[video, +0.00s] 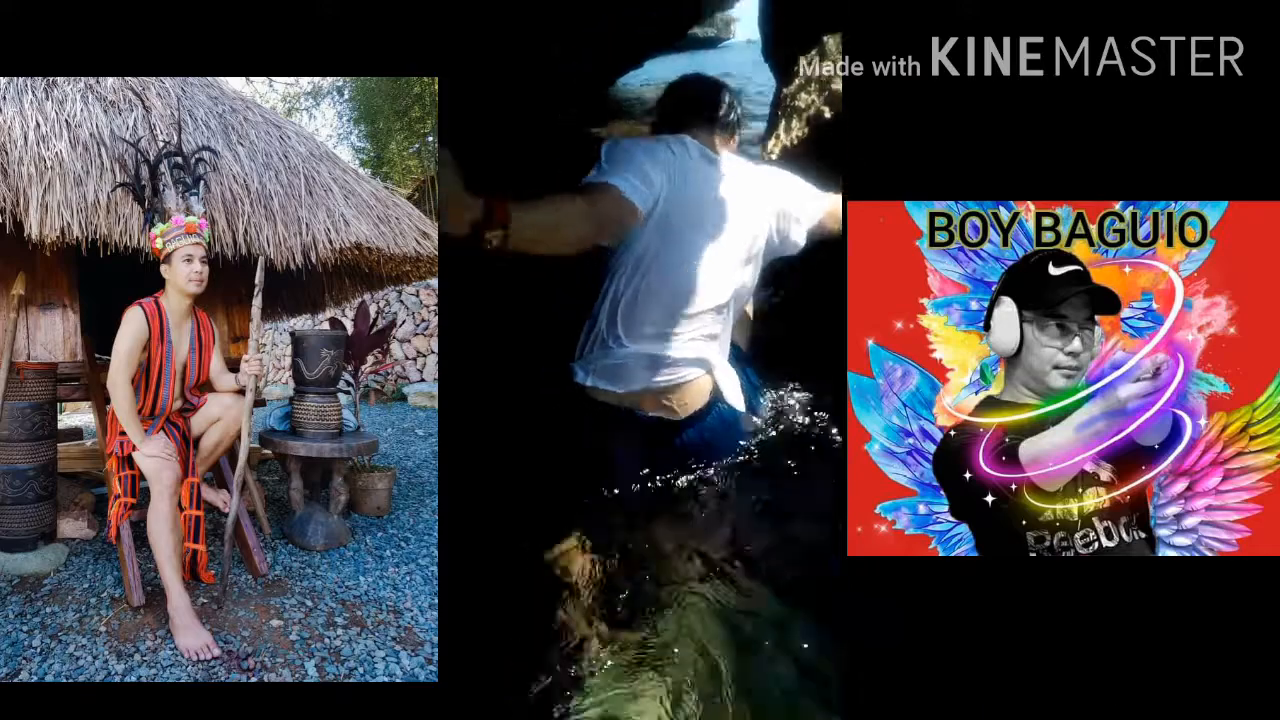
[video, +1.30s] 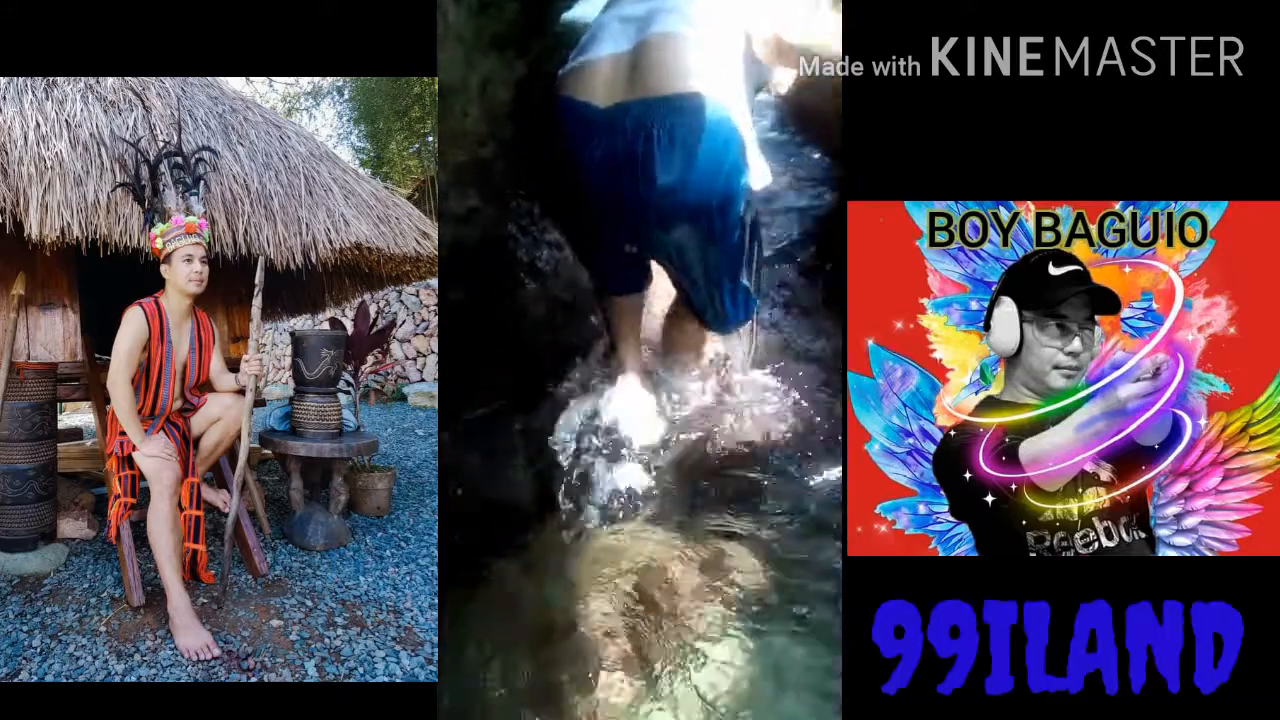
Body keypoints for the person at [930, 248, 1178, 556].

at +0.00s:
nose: (1076, 346)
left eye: (1086, 328)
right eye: (1055, 327)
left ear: (1096, 334)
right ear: (1007, 327)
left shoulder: (1113, 409)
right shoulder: (962, 445)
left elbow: (1155, 435)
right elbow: (1022, 472)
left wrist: (1149, 396)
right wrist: (1105, 412)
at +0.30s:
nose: (1076, 346)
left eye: (1086, 328)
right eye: (1055, 326)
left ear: (1097, 334)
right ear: (1007, 327)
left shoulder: (1113, 409)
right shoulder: (963, 445)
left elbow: (1155, 435)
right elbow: (1023, 473)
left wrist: (1149, 396)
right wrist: (1105, 412)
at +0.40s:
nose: (1076, 346)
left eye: (1086, 328)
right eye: (1055, 327)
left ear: (1097, 334)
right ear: (1007, 328)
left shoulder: (1113, 409)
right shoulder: (962, 446)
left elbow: (1155, 435)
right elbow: (1021, 472)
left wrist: (1149, 396)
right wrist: (1105, 412)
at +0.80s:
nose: (1076, 346)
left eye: (1086, 328)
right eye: (1055, 326)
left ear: (1097, 335)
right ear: (1007, 328)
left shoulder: (1113, 408)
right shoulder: (962, 446)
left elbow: (1156, 436)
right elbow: (1020, 472)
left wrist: (1147, 396)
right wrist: (1105, 413)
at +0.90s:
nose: (1076, 346)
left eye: (1086, 328)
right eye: (1055, 326)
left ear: (1096, 335)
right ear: (1007, 328)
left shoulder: (1113, 408)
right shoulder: (962, 446)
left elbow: (1156, 436)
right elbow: (1021, 472)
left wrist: (1147, 395)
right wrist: (1105, 413)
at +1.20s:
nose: (1076, 346)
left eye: (1086, 328)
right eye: (1055, 326)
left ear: (1096, 335)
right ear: (1007, 328)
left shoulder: (1113, 408)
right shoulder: (962, 446)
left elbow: (1156, 436)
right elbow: (1021, 472)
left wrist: (1147, 395)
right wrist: (1105, 413)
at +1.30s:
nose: (1076, 346)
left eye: (1086, 328)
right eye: (1055, 327)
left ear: (1097, 334)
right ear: (1007, 328)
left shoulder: (1113, 409)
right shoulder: (962, 446)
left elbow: (1156, 435)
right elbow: (1021, 472)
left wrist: (1148, 396)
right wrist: (1105, 412)